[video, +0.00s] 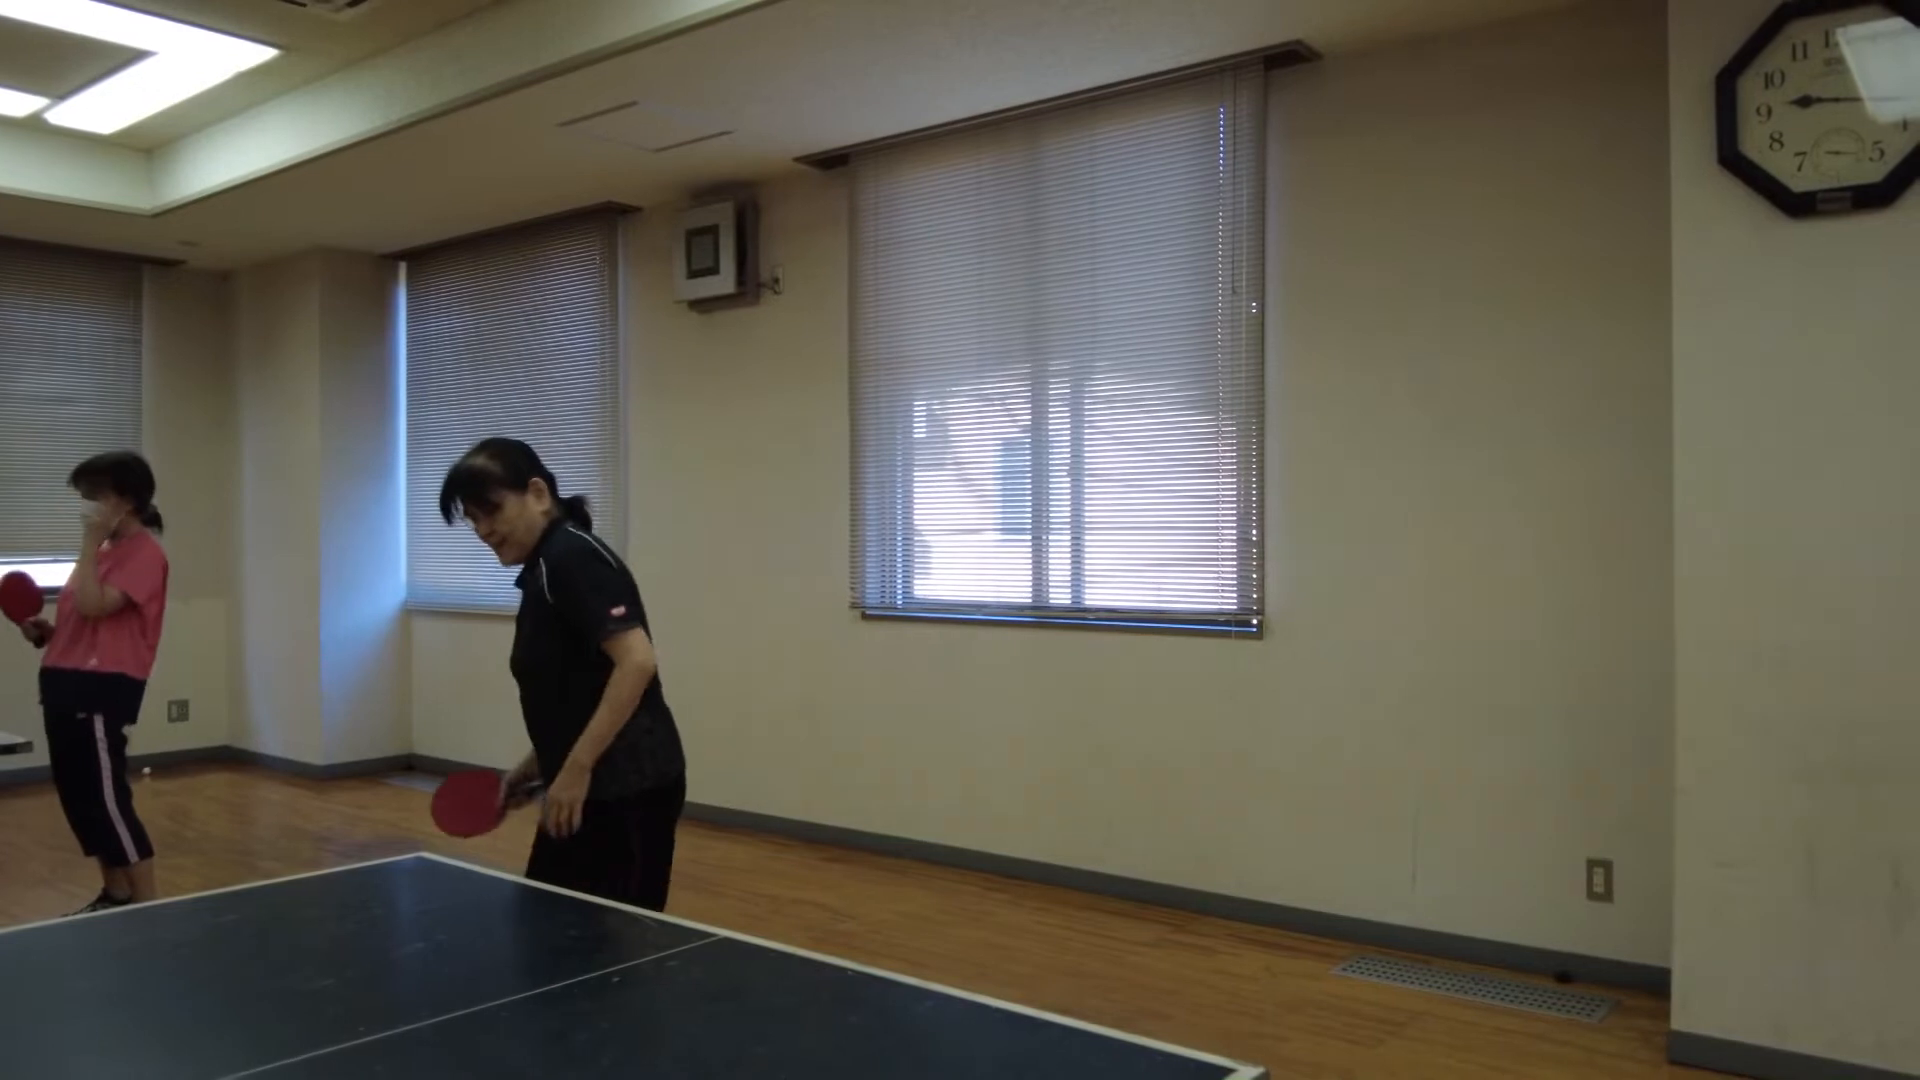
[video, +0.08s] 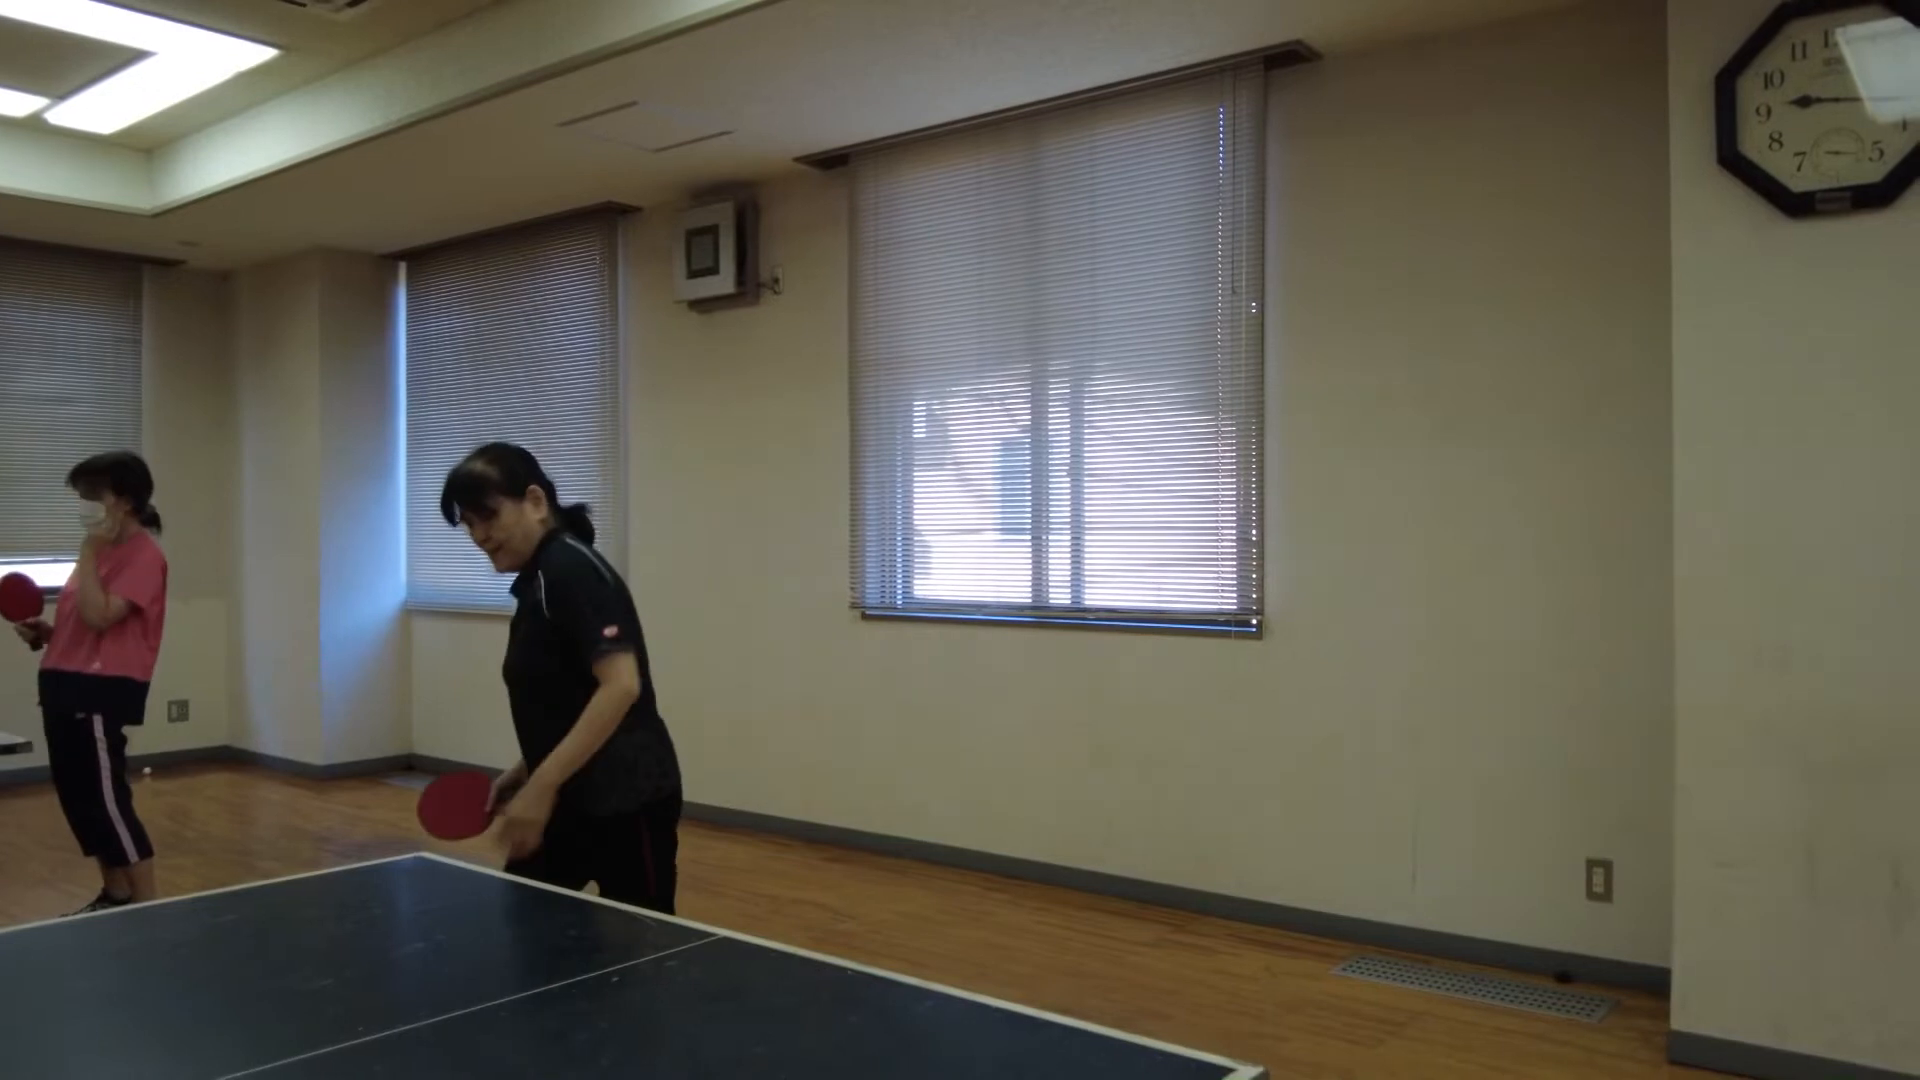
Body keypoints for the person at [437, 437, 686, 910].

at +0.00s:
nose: (483, 530)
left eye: (492, 509)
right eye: (473, 519)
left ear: (538, 494)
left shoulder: (572, 556)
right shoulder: (545, 568)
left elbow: (636, 660)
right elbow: (588, 684)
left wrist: (578, 766)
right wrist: (540, 764)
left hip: (627, 789)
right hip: (589, 790)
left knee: (613, 946)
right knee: (540, 930)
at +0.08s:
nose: (479, 536)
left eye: (488, 515)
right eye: (469, 524)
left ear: (536, 501)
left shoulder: (570, 567)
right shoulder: (538, 578)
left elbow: (622, 685)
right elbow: (575, 694)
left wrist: (543, 786)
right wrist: (528, 770)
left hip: (628, 798)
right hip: (568, 799)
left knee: (642, 949)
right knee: (517, 929)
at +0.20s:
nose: (449, 548)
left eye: (460, 529)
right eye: (439, 535)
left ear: (510, 518)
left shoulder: (550, 593)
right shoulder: (504, 598)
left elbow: (557, 725)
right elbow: (525, 718)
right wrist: (497, 793)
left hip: (609, 808)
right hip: (538, 801)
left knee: (627, 955)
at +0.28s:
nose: (403, 545)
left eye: (416, 526)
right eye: (396, 532)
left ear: (467, 519)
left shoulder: (505, 596)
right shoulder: (471, 598)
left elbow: (496, 731)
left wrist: (360, 774)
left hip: (572, 822)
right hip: (509, 817)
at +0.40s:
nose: (321, 549)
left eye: (332, 528)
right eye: (312, 536)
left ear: (384, 512)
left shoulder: (426, 588)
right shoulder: (399, 588)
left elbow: (428, 729)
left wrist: (292, 785)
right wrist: (419, 803)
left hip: (504, 821)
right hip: (455, 815)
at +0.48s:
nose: (268, 544)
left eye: (277, 521)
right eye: (258, 531)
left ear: (329, 502)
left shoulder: (382, 582)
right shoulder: (347, 585)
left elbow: (393, 726)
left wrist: (274, 814)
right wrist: (364, 801)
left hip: (462, 813)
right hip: (406, 806)